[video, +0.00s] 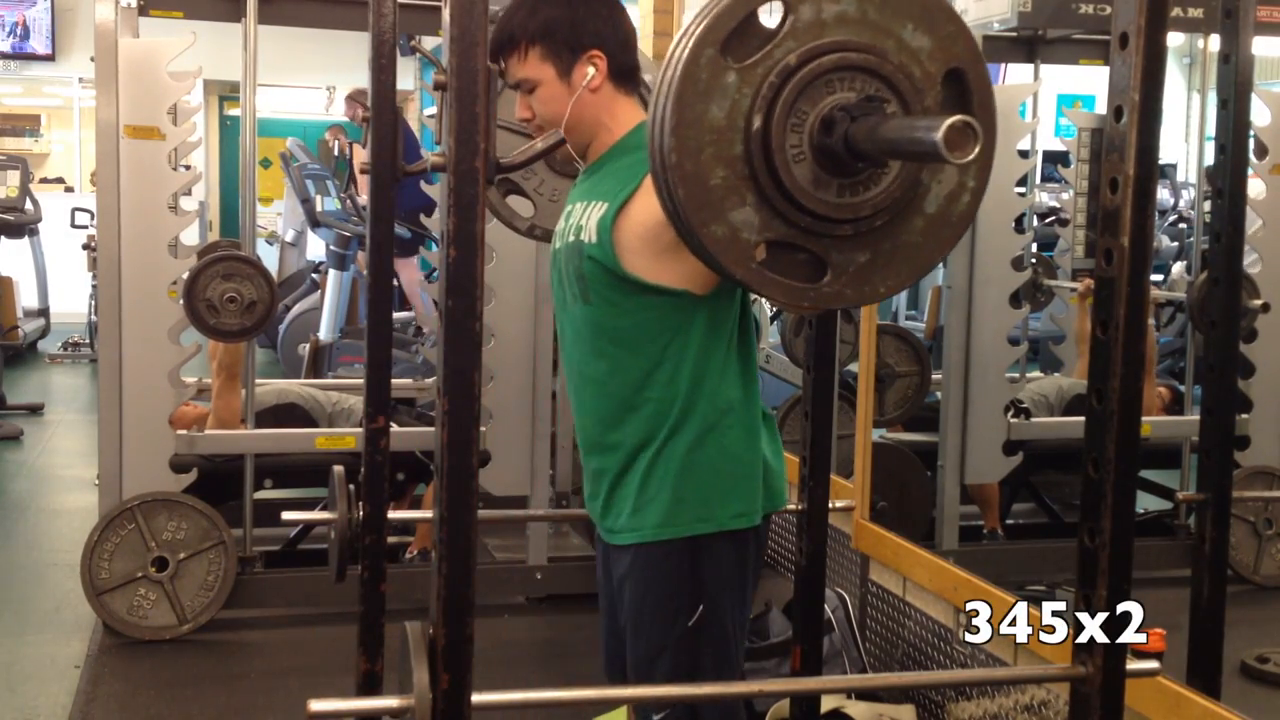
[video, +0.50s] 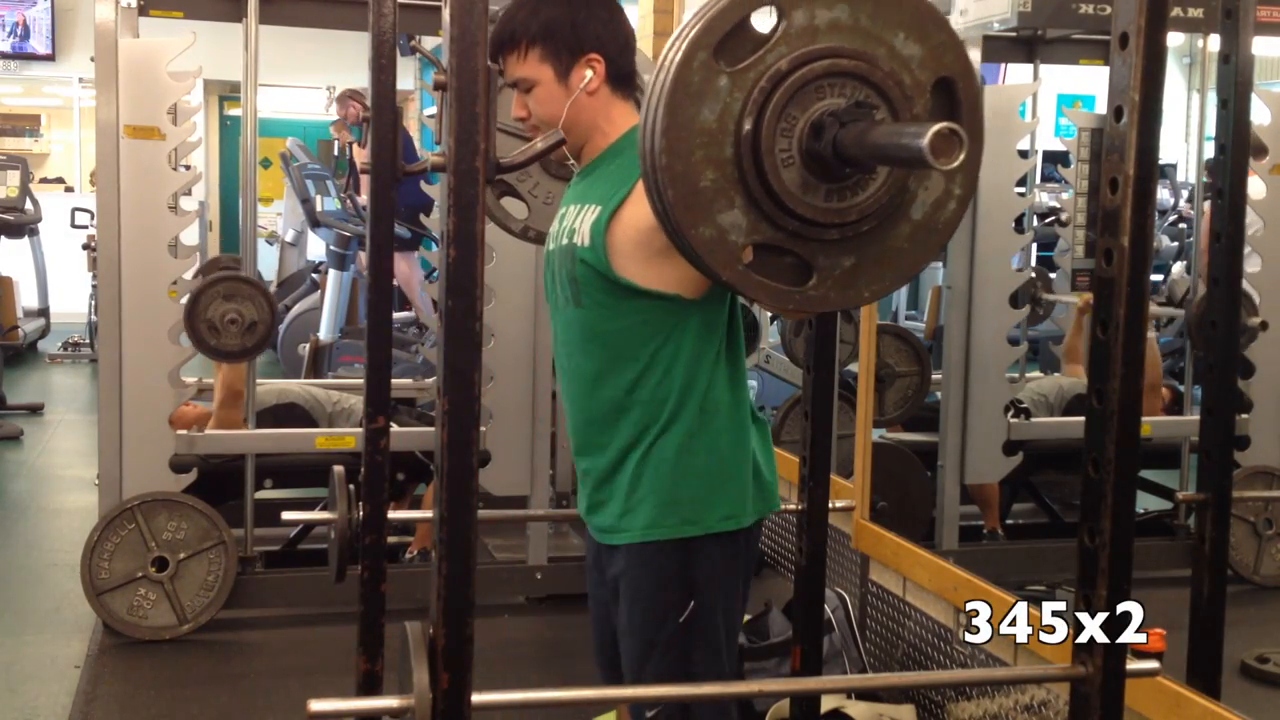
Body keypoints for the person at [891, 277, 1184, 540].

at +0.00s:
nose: (1155, 393)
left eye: (1161, 397)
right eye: (1157, 390)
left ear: (1161, 412)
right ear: (1146, 386)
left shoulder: (1132, 417)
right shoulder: (1100, 391)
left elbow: (1145, 365)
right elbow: (1085, 346)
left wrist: (1145, 311)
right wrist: (1083, 300)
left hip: (1023, 413)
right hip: (1007, 398)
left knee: (978, 449)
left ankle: (992, 530)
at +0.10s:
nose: (1155, 394)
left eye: (1161, 397)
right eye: (1158, 391)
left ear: (1161, 412)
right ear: (1147, 386)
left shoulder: (1133, 416)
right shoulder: (1101, 390)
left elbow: (1145, 363)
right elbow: (1085, 345)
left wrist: (1145, 311)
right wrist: (1083, 300)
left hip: (1023, 414)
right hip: (1008, 399)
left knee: (978, 450)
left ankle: (992, 530)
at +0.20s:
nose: (1155, 392)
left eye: (1161, 396)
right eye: (1158, 390)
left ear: (1161, 412)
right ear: (1147, 386)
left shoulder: (1135, 416)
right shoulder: (1101, 392)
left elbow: (1145, 363)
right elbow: (1085, 347)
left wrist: (1145, 311)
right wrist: (1083, 301)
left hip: (1021, 415)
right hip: (1008, 401)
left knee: (978, 450)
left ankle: (992, 529)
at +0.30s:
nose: (1154, 393)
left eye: (1160, 397)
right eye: (1157, 390)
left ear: (1162, 412)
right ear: (1146, 387)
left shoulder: (1136, 416)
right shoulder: (1104, 393)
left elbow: (1146, 365)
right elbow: (1083, 352)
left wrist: (1144, 310)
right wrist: (1082, 303)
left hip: (1021, 414)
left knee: (977, 449)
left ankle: (992, 529)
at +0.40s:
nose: (1156, 391)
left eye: (1161, 394)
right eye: (1158, 389)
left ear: (1164, 410)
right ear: (1150, 392)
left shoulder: (1141, 410)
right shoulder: (1101, 388)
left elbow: (1149, 373)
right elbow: (1078, 356)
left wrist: (1146, 320)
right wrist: (1082, 305)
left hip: (1020, 409)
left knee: (977, 446)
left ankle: (992, 529)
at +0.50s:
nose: (1157, 392)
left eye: (1162, 394)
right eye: (1160, 391)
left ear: (1164, 406)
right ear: (1152, 393)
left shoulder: (1137, 411)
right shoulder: (1092, 390)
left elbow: (1151, 380)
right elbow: (1073, 358)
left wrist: (1146, 325)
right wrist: (1082, 312)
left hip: (1016, 415)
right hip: (1001, 406)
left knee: (977, 454)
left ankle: (993, 529)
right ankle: (992, 526)